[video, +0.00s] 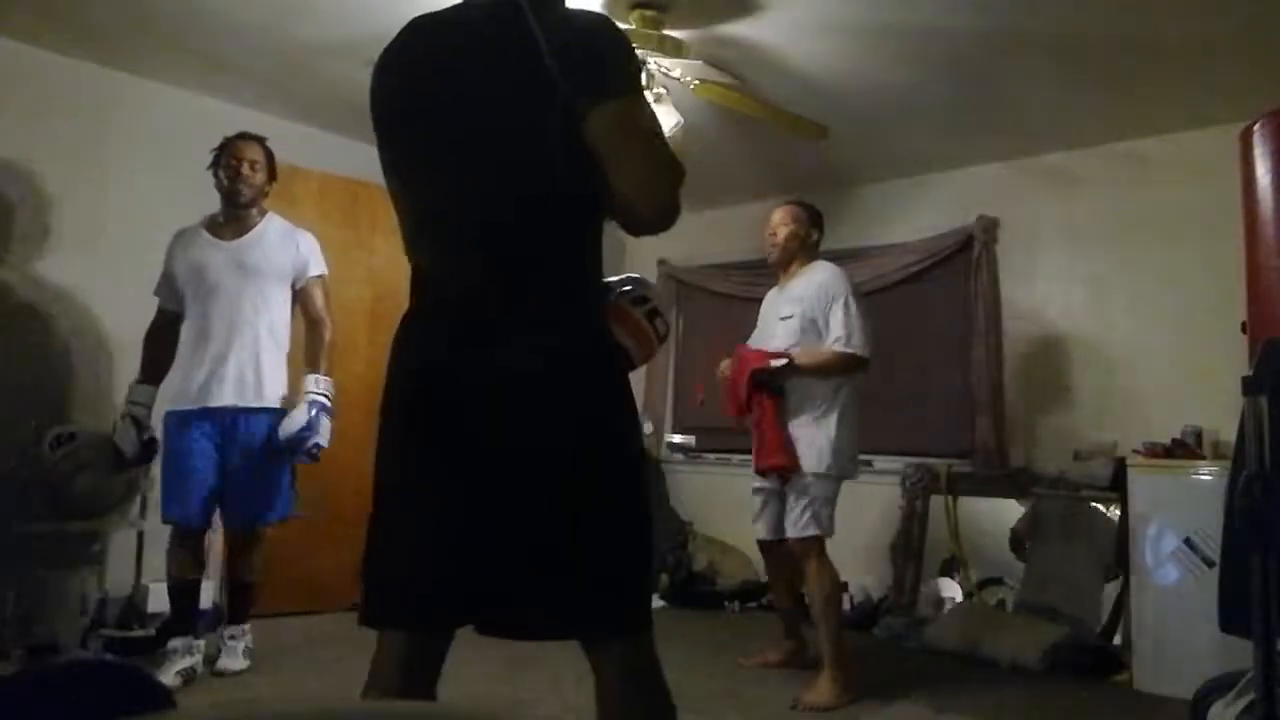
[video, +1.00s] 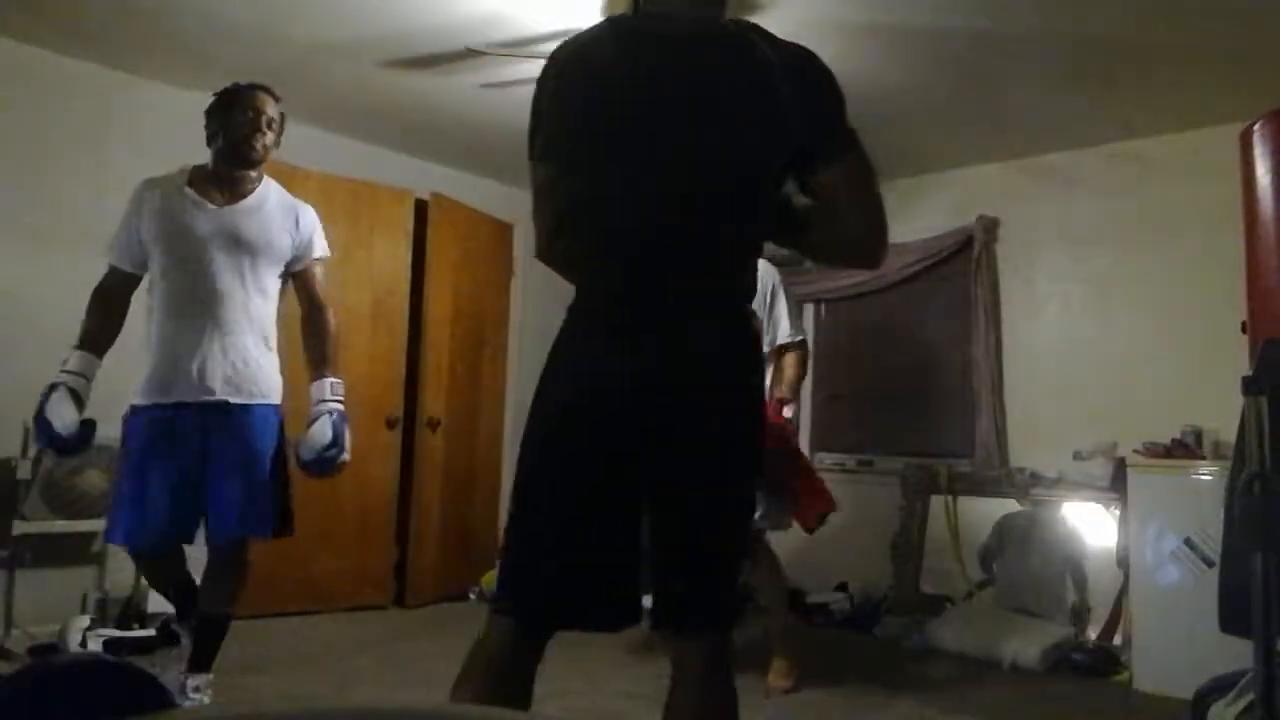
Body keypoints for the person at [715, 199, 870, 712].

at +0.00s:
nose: (768, 237)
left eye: (778, 229)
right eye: (768, 230)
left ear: (808, 235)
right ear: (777, 239)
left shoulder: (830, 278)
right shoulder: (774, 292)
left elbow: (853, 352)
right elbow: (769, 354)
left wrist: (779, 364)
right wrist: (738, 363)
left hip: (817, 440)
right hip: (775, 438)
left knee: (807, 544)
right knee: (771, 541)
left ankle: (833, 672)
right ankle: (793, 642)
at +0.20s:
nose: (768, 226)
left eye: (777, 217)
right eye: (768, 218)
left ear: (806, 227)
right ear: (777, 229)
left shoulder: (827, 275)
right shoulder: (768, 287)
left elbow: (842, 352)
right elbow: (768, 358)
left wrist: (767, 353)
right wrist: (735, 364)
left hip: (810, 443)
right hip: (764, 439)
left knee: (807, 546)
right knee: (739, 533)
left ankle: (834, 673)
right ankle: (775, 627)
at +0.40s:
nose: (747, 225)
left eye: (758, 216)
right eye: (749, 216)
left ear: (788, 228)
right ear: (763, 229)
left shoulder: (809, 273)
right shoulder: (748, 288)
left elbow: (837, 346)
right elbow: (749, 361)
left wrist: (767, 364)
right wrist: (719, 386)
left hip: (797, 444)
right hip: (748, 445)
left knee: (806, 550)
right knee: (728, 540)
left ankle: (835, 675)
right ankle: (726, 647)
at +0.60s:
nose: (717, 225)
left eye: (727, 214)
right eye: (717, 214)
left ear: (749, 217)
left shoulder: (783, 274)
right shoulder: (718, 286)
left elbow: (819, 347)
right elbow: (704, 358)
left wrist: (775, 373)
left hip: (774, 432)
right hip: (718, 433)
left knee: (787, 544)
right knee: (716, 544)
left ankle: (826, 672)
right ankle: (720, 645)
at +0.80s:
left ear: (734, 219)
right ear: (716, 221)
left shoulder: (767, 274)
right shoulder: (692, 277)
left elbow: (801, 345)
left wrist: (775, 388)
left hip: (753, 424)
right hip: (704, 424)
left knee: (760, 531)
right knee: (705, 541)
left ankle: (801, 653)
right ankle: (705, 654)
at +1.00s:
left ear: (732, 230)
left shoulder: (759, 273)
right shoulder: (674, 280)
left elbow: (791, 347)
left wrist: (782, 403)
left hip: (745, 426)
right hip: (686, 424)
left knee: (749, 540)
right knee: (695, 538)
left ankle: (781, 646)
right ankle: (701, 653)